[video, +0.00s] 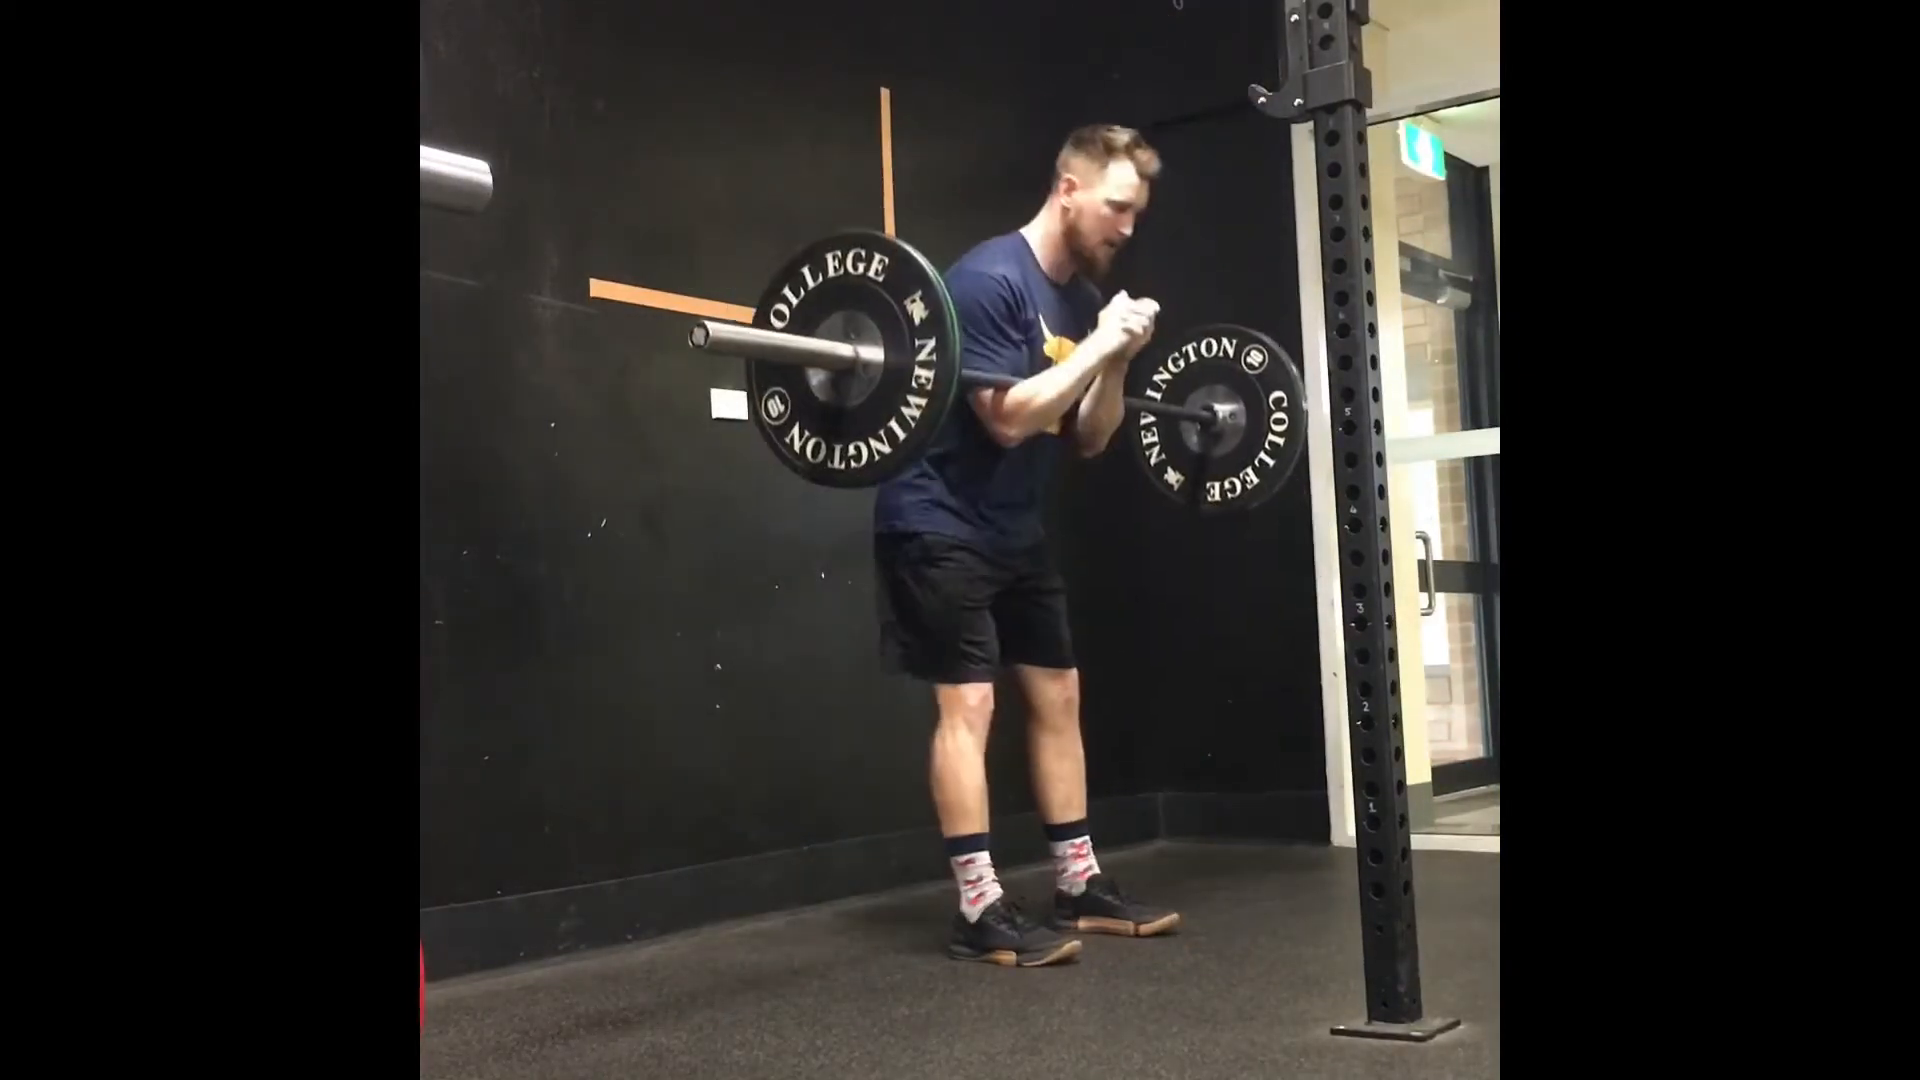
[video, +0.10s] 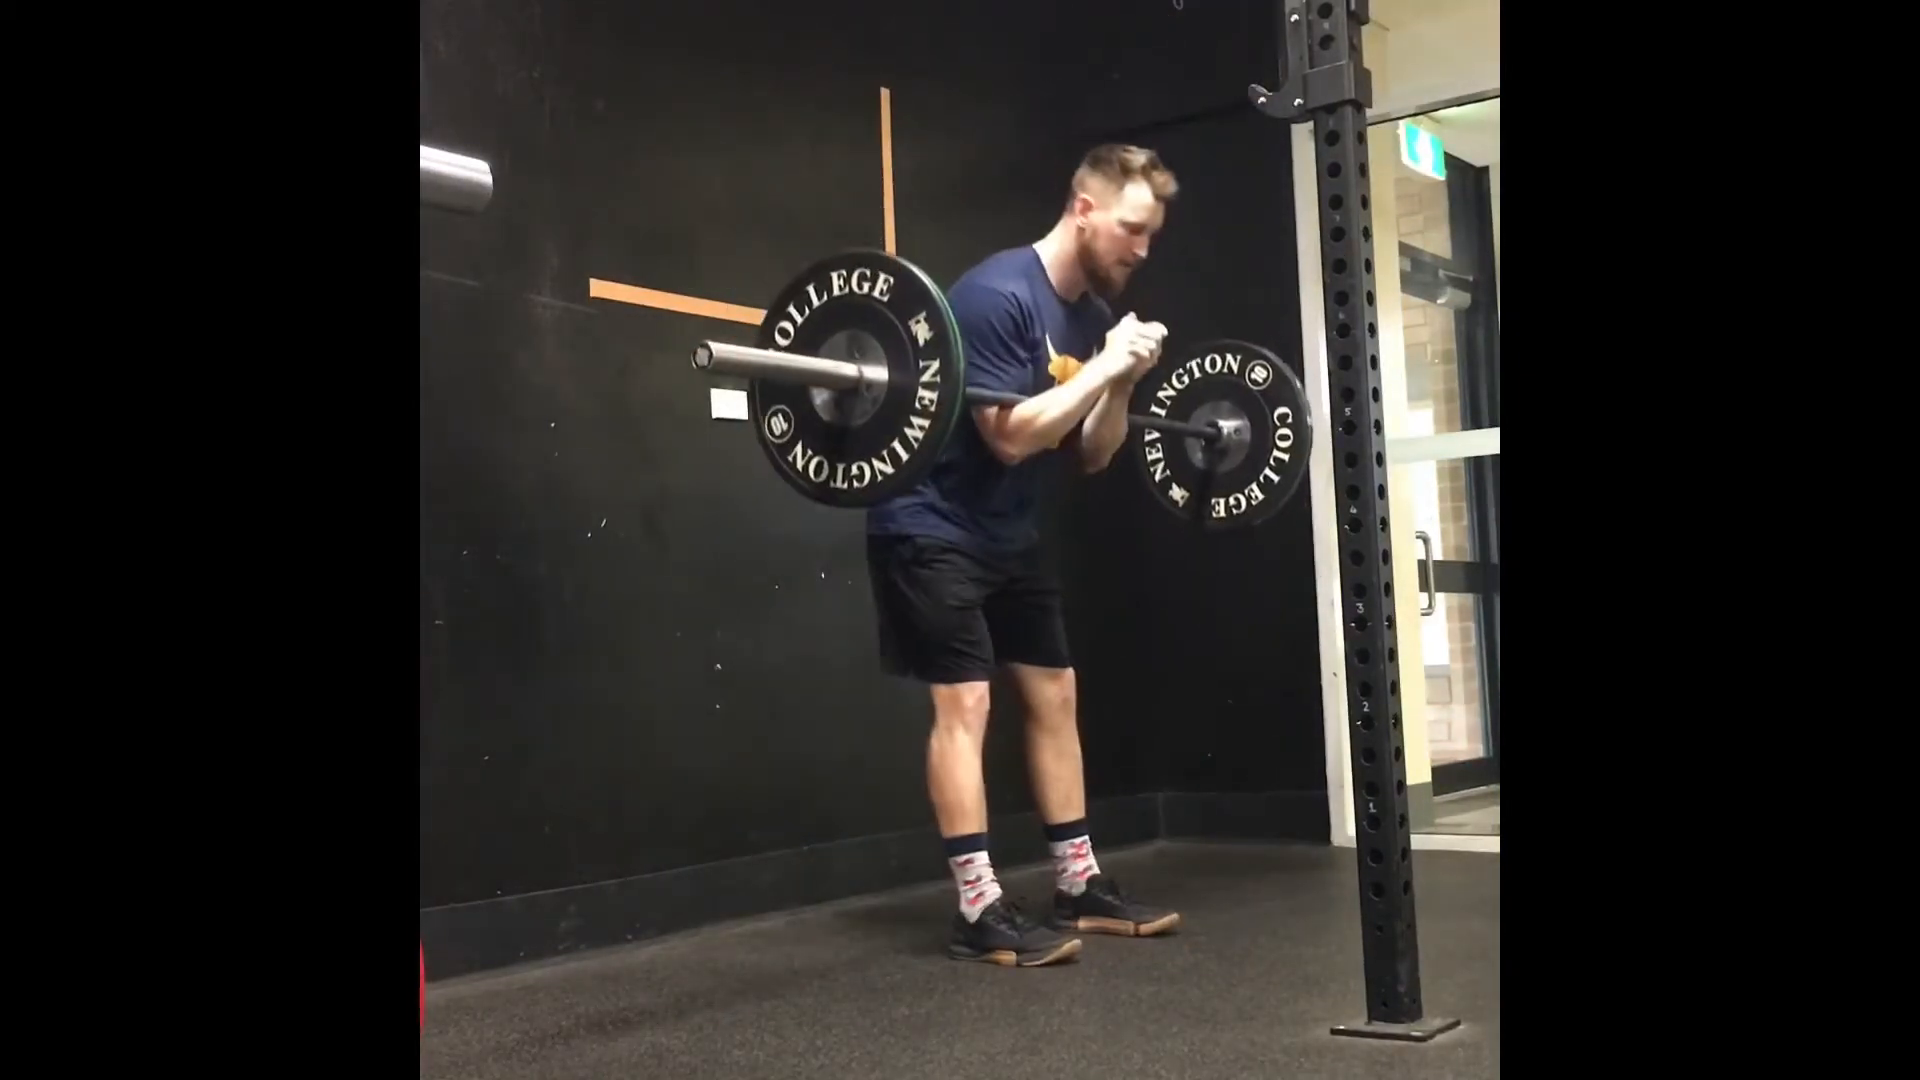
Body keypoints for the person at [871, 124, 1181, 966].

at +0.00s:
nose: (1130, 228)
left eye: (1136, 212)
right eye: (1119, 207)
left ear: (1106, 206)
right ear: (1067, 192)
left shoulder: (1085, 300)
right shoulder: (989, 278)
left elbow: (1088, 439)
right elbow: (1005, 418)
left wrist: (1118, 357)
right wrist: (1102, 345)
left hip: (1015, 522)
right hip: (936, 520)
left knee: (1055, 689)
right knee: (968, 699)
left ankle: (1079, 886)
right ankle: (980, 909)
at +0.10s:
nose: (1143, 251)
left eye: (1151, 236)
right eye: (1134, 231)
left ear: (1138, 231)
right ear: (1083, 210)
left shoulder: (1093, 317)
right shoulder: (995, 295)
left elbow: (1093, 454)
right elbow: (1008, 436)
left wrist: (1122, 380)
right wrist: (1105, 370)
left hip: (1009, 526)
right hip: (929, 525)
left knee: (1051, 690)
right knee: (964, 699)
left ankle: (1079, 886)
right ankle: (979, 910)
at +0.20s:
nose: (1156, 275)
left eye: (1165, 260)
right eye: (1149, 253)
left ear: (1126, 243)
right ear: (1097, 229)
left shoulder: (1105, 333)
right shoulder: (1001, 311)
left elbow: (1097, 469)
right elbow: (1010, 453)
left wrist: (1129, 401)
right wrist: (1111, 391)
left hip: (1004, 527)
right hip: (922, 527)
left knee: (1051, 690)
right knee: (961, 699)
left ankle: (1079, 887)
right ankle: (980, 911)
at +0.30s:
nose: (1171, 295)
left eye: (1180, 280)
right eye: (1164, 273)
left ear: (1127, 260)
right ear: (1112, 250)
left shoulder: (1114, 355)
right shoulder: (1009, 328)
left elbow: (1098, 486)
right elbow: (1012, 470)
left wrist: (1136, 420)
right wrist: (1118, 413)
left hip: (1003, 530)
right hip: (921, 532)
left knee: (1050, 689)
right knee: (959, 700)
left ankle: (1080, 887)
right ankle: (980, 911)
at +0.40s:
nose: (1184, 315)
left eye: (1193, 299)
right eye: (1176, 293)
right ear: (1124, 272)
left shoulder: (1122, 374)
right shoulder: (1015, 346)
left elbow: (1097, 504)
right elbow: (1014, 488)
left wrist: (1138, 440)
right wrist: (1121, 433)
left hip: (998, 535)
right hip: (917, 532)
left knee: (1049, 685)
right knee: (959, 695)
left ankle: (1078, 886)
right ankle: (979, 910)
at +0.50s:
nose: (1193, 337)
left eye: (1202, 321)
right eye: (1186, 315)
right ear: (1135, 291)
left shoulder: (1127, 389)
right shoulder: (1021, 363)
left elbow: (1098, 519)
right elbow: (1015, 505)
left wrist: (1141, 458)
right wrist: (1125, 452)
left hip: (997, 537)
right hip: (915, 534)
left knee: (1050, 687)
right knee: (958, 696)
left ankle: (1079, 886)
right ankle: (978, 909)